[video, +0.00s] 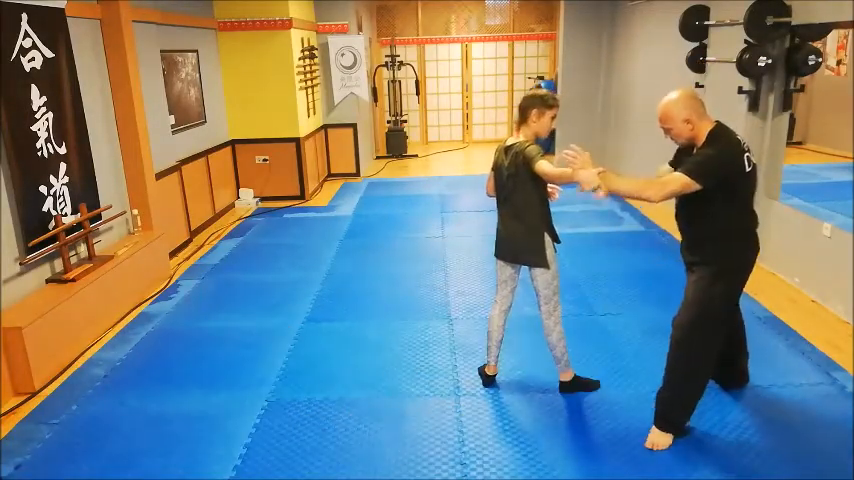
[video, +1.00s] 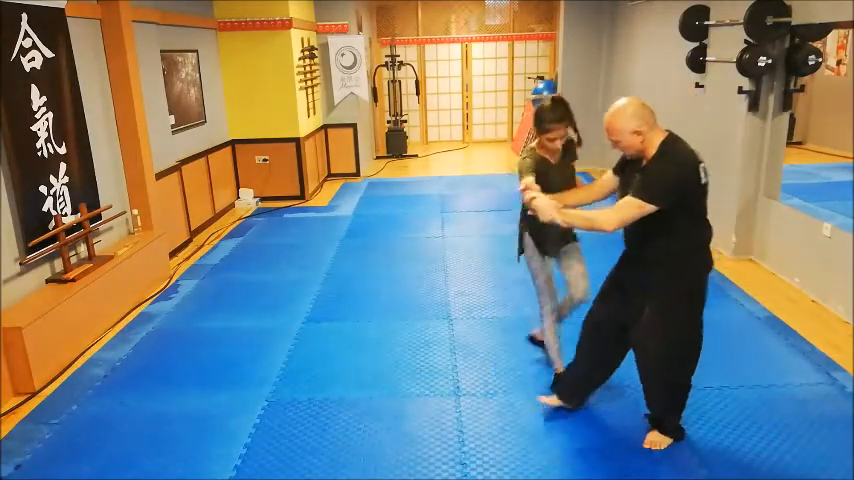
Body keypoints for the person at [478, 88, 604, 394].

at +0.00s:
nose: (553, 125)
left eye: (554, 119)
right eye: (551, 118)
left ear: (529, 116)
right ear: (534, 116)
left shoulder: (503, 149)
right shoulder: (530, 149)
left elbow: (492, 189)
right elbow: (549, 173)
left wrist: (537, 191)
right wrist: (581, 174)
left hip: (507, 238)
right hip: (536, 238)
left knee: (501, 301)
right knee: (550, 307)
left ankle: (490, 368)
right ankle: (566, 375)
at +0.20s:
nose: (551, 128)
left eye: (553, 122)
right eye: (549, 121)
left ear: (528, 118)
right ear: (533, 117)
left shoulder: (502, 148)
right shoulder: (526, 148)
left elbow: (490, 189)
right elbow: (546, 173)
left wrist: (535, 190)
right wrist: (579, 175)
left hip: (504, 238)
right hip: (534, 238)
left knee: (501, 301)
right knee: (554, 304)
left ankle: (490, 369)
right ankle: (566, 375)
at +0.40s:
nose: (553, 131)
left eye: (555, 125)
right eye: (551, 124)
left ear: (529, 121)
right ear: (534, 120)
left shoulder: (504, 147)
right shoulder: (526, 148)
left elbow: (496, 183)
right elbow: (541, 171)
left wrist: (538, 188)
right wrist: (573, 176)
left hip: (501, 236)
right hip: (529, 237)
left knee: (499, 301)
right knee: (553, 300)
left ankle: (489, 369)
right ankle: (566, 374)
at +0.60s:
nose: (560, 135)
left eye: (563, 129)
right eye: (559, 129)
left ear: (536, 122)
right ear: (541, 123)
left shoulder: (514, 148)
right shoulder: (528, 150)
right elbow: (538, 176)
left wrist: (550, 166)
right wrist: (562, 186)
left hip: (503, 234)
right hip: (526, 236)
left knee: (502, 300)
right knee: (557, 298)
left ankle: (489, 367)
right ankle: (564, 369)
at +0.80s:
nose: (566, 139)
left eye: (569, 133)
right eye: (562, 134)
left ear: (545, 127)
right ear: (543, 128)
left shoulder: (542, 150)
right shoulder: (534, 159)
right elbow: (545, 193)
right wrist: (572, 193)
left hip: (526, 233)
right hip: (533, 238)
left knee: (535, 294)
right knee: (559, 301)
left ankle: (497, 350)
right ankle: (563, 371)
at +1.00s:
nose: (558, 143)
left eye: (562, 136)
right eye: (551, 138)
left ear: (568, 128)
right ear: (537, 132)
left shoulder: (569, 147)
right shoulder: (529, 159)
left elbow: (571, 178)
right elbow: (530, 194)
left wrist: (583, 194)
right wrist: (555, 212)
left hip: (563, 224)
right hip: (534, 230)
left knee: (579, 293)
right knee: (549, 302)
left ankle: (544, 332)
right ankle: (559, 369)